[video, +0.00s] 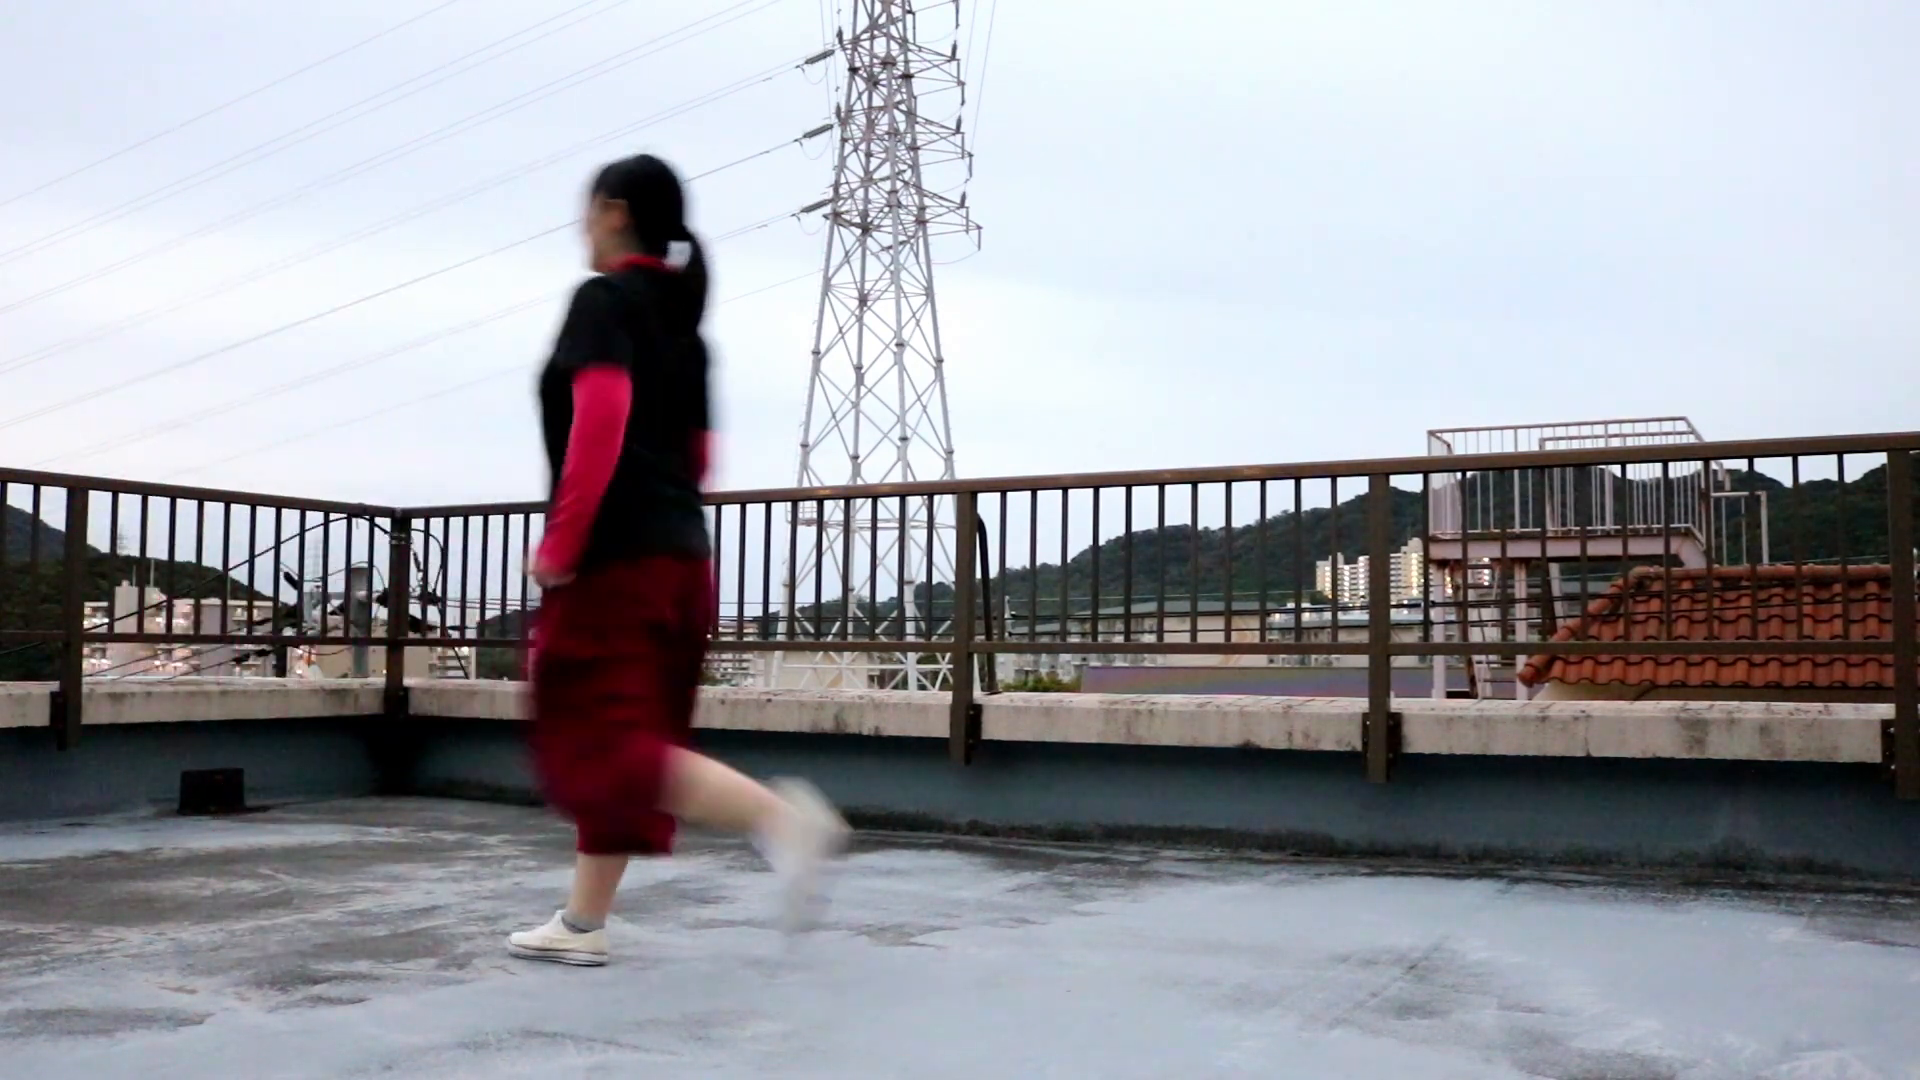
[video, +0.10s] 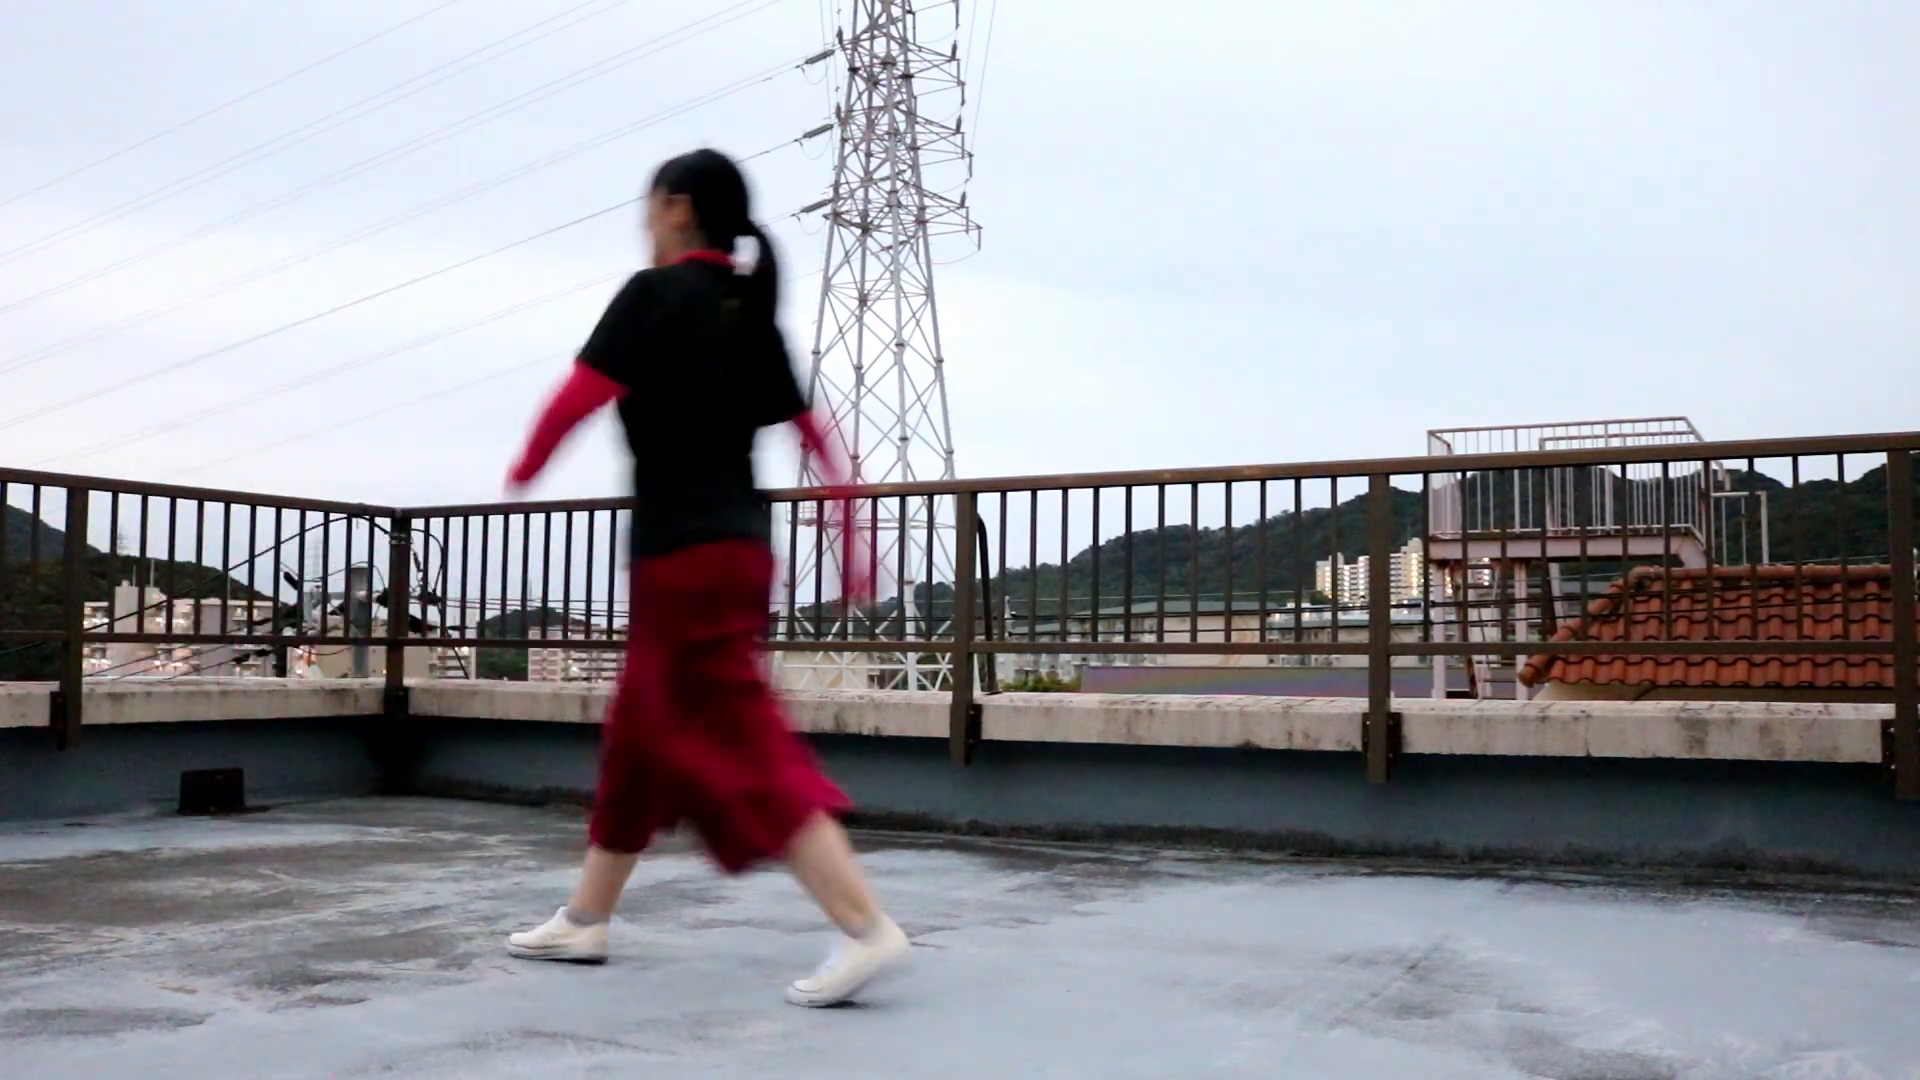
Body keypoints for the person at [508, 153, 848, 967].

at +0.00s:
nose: (585, 229)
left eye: (592, 215)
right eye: (589, 215)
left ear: (616, 219)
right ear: (658, 226)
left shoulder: (603, 300)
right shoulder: (679, 316)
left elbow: (601, 418)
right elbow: (696, 456)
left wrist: (560, 539)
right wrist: (627, 505)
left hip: (614, 559)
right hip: (677, 559)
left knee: (587, 741)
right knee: (626, 736)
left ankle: (781, 817)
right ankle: (583, 922)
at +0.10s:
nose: (645, 215)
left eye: (654, 202)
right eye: (652, 201)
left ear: (680, 212)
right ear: (724, 218)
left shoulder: (651, 295)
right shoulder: (750, 308)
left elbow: (582, 392)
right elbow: (812, 429)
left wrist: (529, 466)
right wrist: (853, 542)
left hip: (678, 555)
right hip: (740, 550)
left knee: (741, 737)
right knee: (639, 726)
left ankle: (870, 929)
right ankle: (585, 920)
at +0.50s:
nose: (889, 175)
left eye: (899, 161)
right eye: (895, 160)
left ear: (932, 169)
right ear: (962, 179)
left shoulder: (926, 249)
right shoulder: (998, 271)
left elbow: (975, 311)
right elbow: (1074, 394)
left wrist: (966, 462)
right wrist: (1042, 490)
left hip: (958, 531)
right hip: (1036, 531)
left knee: (884, 705)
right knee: (1034, 737)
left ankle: (909, 960)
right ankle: (1194, 890)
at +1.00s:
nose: (1219, 227)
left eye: (1231, 204)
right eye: (1199, 224)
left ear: (1279, 210)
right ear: (1195, 259)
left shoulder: (1298, 279)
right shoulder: (1252, 362)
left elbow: (1302, 319)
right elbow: (1143, 434)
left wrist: (1315, 483)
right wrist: (1079, 350)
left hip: (1399, 525)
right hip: (1434, 545)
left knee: (1209, 597)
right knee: (1355, 767)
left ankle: (1210, 827)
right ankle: (1460, 979)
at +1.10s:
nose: (1252, 230)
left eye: (1268, 210)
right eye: (1233, 225)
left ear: (1310, 214)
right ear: (1224, 250)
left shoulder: (1337, 271)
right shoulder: (1292, 365)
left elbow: (1365, 314)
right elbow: (1196, 448)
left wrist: (1384, 457)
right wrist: (1145, 355)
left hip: (1474, 500)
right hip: (1463, 529)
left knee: (1269, 577)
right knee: (1396, 730)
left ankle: (1281, 805)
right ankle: (1454, 954)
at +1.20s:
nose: (1300, 239)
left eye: (1315, 218)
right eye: (1280, 232)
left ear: (1359, 222)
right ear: (1269, 256)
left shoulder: (1390, 284)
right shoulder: (1332, 374)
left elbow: (1419, 327)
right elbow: (1237, 437)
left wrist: (1444, 467)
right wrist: (1139, 370)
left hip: (1525, 499)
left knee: (1315, 596)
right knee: (1430, 751)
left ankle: (1232, 803)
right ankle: (1556, 959)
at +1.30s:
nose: (1348, 258)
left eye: (1366, 238)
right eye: (1329, 251)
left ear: (1410, 246)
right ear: (1318, 276)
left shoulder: (1435, 312)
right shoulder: (1380, 395)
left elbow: (1486, 363)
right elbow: (1287, 480)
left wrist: (1493, 508)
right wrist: (1214, 408)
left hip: (1574, 555)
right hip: (1554, 582)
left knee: (1354, 608)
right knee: (1469, 765)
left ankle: (1217, 796)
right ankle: (1569, 982)